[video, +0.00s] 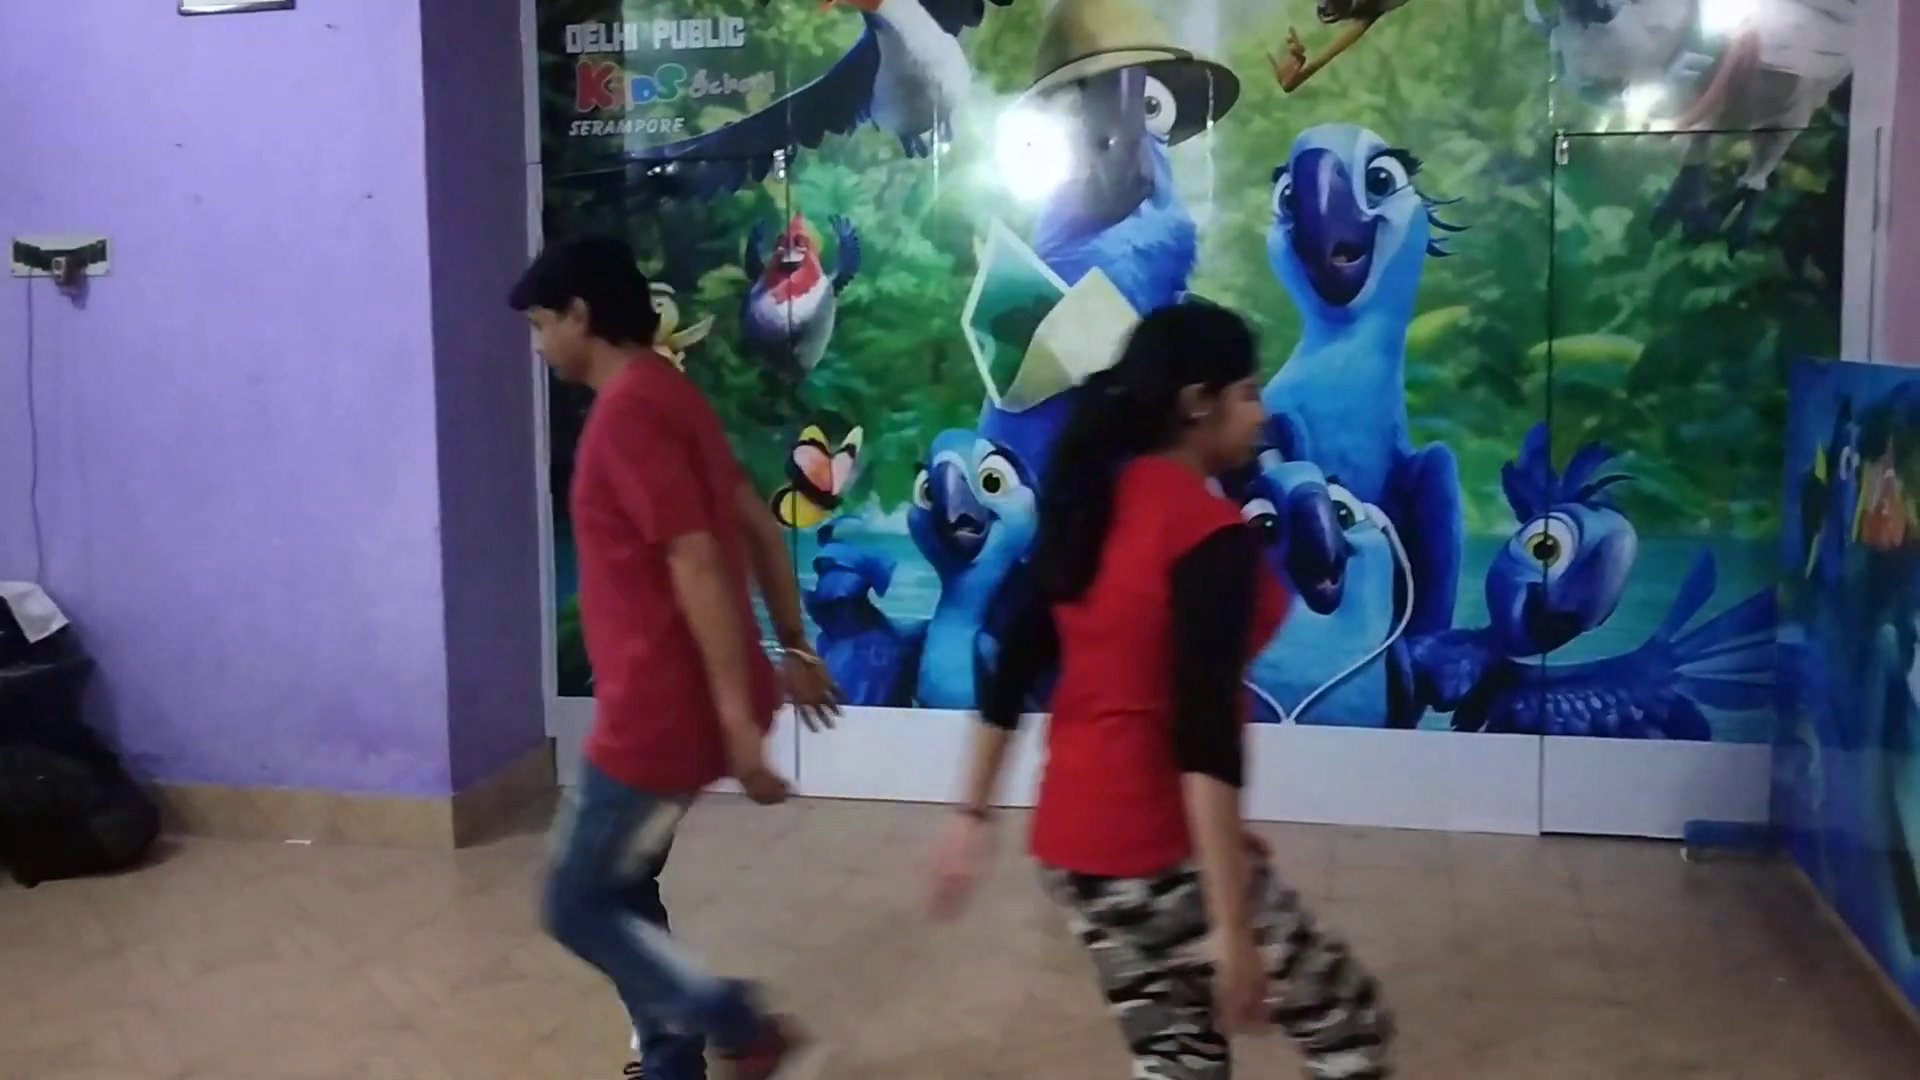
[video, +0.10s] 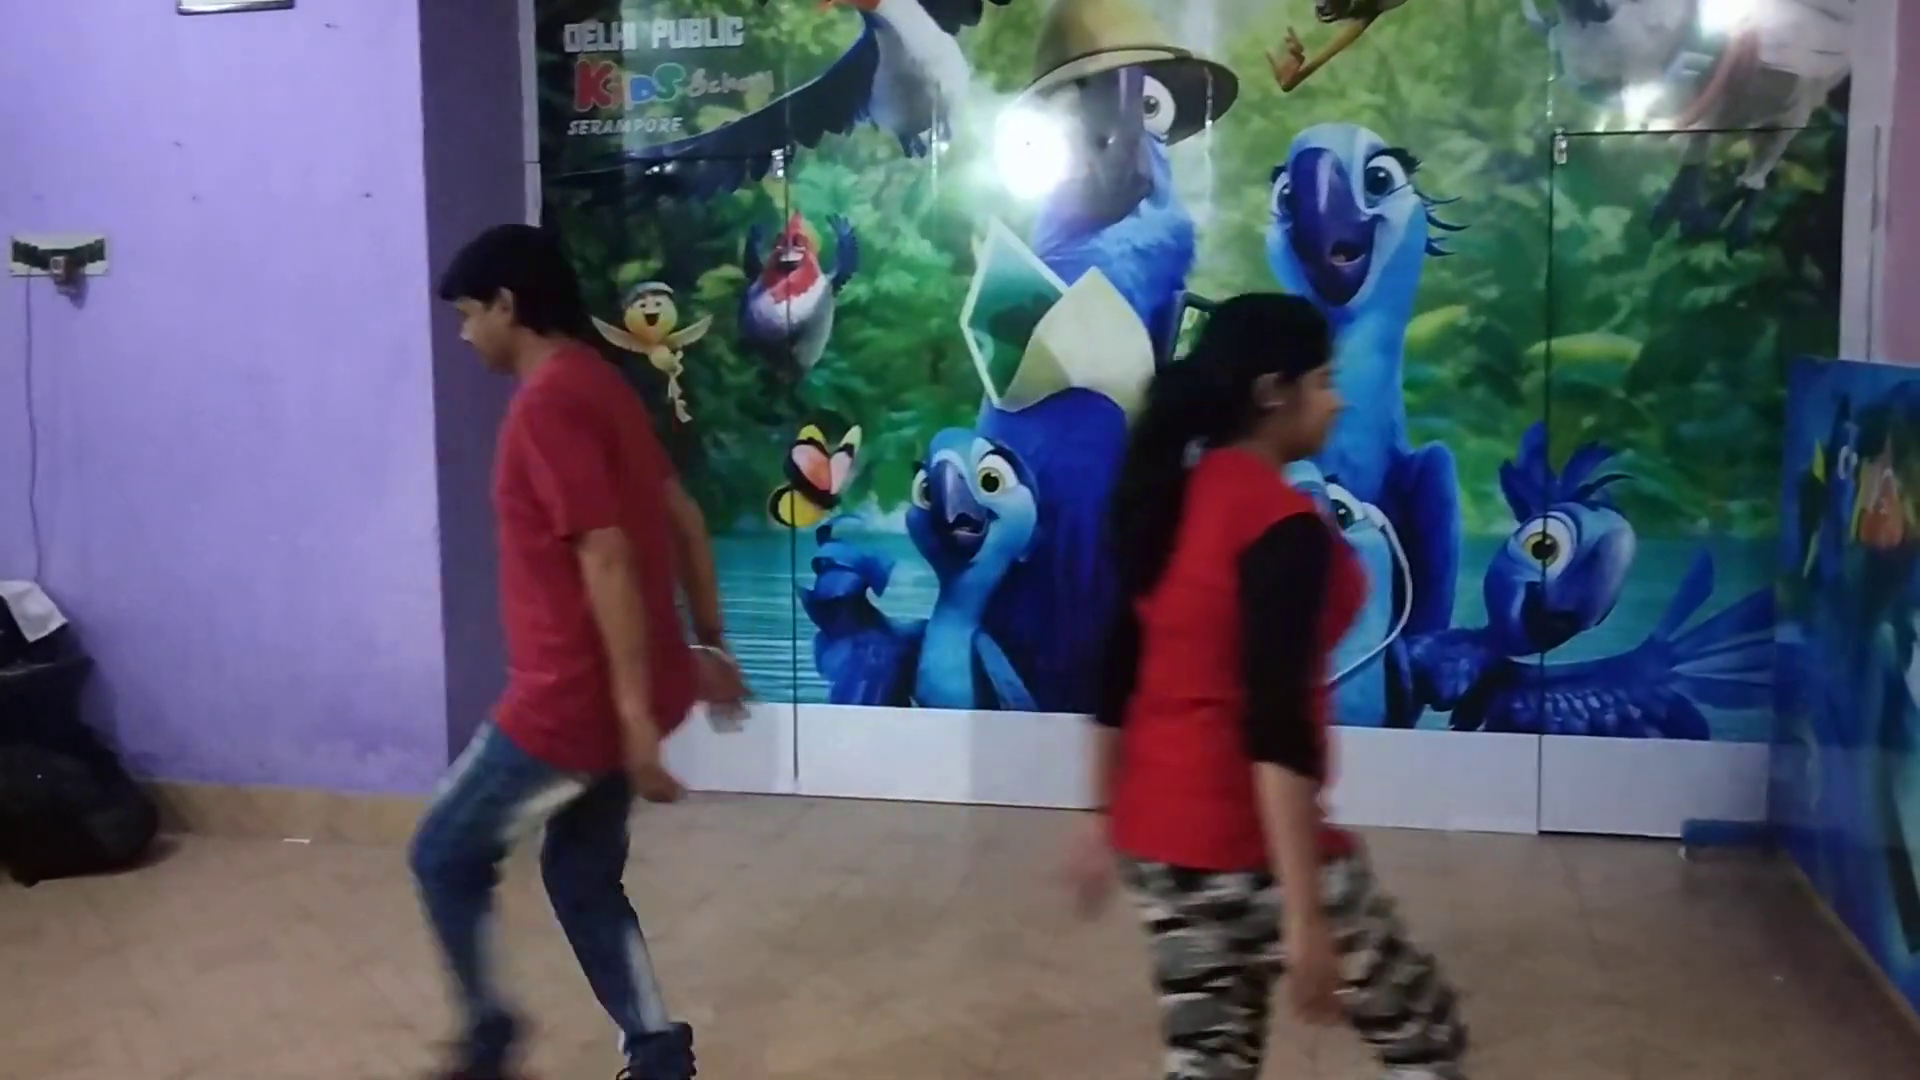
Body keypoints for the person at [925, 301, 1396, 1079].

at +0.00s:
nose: (1262, 414)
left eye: (1258, 393)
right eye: (1249, 393)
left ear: (1187, 402)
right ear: (1196, 403)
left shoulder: (1093, 498)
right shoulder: (1210, 532)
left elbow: (1015, 654)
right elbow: (1206, 742)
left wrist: (971, 813)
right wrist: (1235, 938)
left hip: (1075, 843)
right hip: (1161, 849)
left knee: (1180, 1058)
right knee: (1348, 1023)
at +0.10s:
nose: (1338, 403)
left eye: (1334, 382)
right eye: (1326, 382)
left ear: (1256, 393)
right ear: (1273, 393)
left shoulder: (1174, 493)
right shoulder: (1284, 522)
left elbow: (1121, 663)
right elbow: (1278, 728)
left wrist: (1101, 812)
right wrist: (1305, 921)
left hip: (1159, 842)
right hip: (1256, 846)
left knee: (1209, 1059)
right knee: (1424, 1034)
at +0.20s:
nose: (1415, 388)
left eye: (1412, 367)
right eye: (1404, 368)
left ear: (1337, 379)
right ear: (1350, 379)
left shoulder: (1259, 488)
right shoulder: (1364, 515)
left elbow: (1226, 667)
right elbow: (1358, 726)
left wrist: (1223, 819)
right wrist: (1386, 915)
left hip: (1267, 841)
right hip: (1363, 844)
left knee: (1312, 1048)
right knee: (1496, 1024)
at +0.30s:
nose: (1492, 377)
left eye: (1488, 357)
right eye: (1480, 358)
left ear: (1413, 371)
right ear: (1425, 370)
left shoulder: (1344, 475)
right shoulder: (1432, 510)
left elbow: (1324, 662)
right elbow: (1433, 725)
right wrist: (1469, 911)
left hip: (1346, 827)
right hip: (1423, 835)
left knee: (1467, 1026)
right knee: (1549, 1030)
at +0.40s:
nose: (1557, 375)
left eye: (1555, 356)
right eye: (1548, 356)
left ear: (1478, 364)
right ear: (1495, 364)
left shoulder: (1410, 468)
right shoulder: (1491, 509)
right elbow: (1499, 725)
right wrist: (1548, 908)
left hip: (1413, 810)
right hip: (1472, 823)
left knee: (1571, 994)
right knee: (1593, 1002)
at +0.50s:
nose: (1617, 369)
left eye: (1615, 350)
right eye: (1609, 349)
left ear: (1538, 357)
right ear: (1554, 357)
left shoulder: (1469, 460)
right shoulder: (1540, 500)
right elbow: (1552, 711)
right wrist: (1605, 890)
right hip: (1522, 819)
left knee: (1673, 979)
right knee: (1606, 1039)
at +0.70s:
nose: (1722, 338)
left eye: (1719, 317)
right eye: (1708, 317)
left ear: (1647, 328)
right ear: (1651, 325)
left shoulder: (1602, 435)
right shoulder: (1621, 459)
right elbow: (1622, 669)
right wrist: (1663, 842)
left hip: (1639, 767)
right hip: (1613, 778)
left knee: (1708, 998)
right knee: (1647, 1032)